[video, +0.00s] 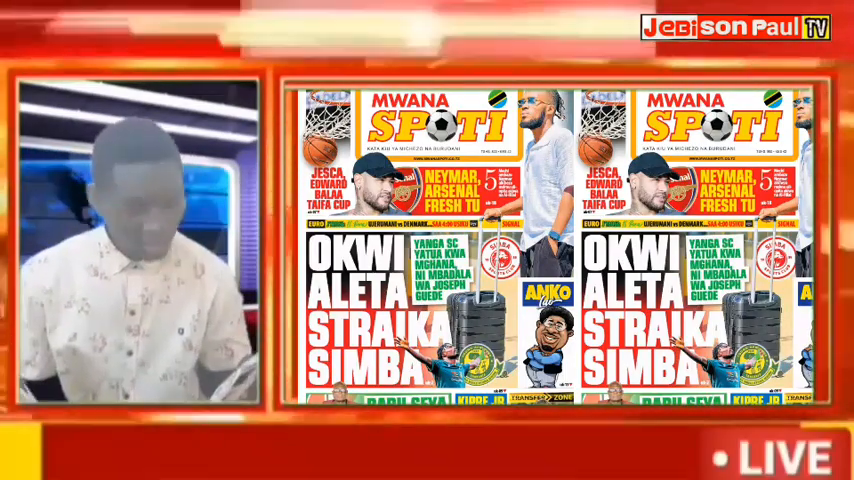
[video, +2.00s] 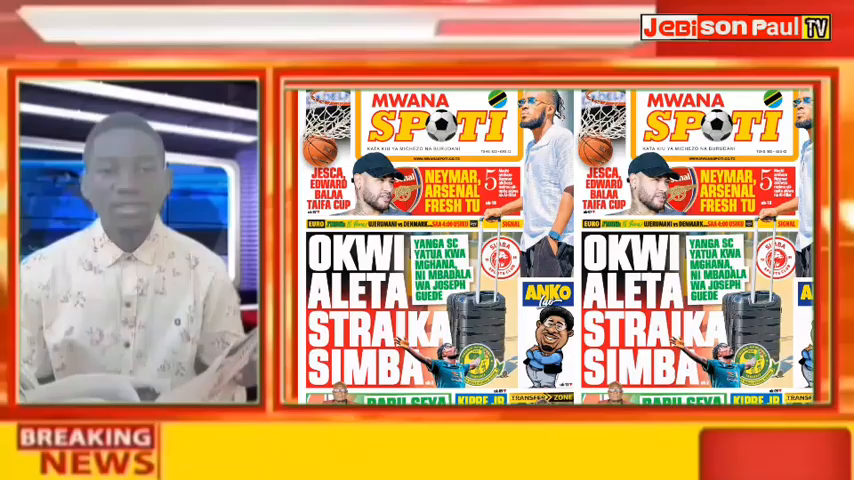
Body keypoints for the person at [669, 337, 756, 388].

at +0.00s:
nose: (729, 348)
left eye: (729, 347)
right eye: (725, 347)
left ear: (731, 351)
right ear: (718, 353)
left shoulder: (737, 366)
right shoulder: (714, 364)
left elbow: (750, 365)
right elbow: (698, 359)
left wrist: (754, 359)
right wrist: (684, 348)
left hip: (737, 401)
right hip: (720, 401)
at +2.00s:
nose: (729, 348)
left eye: (729, 347)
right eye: (724, 347)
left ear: (731, 351)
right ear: (718, 353)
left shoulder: (737, 366)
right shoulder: (714, 364)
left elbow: (749, 365)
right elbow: (698, 359)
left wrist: (754, 359)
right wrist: (684, 348)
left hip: (736, 401)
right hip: (720, 401)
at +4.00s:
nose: (729, 348)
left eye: (729, 347)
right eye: (724, 347)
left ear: (731, 351)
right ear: (718, 353)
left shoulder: (737, 366)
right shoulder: (714, 364)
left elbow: (749, 365)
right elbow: (698, 359)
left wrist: (754, 359)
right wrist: (684, 348)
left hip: (736, 401)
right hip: (720, 401)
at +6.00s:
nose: (729, 348)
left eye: (729, 347)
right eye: (724, 347)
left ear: (731, 351)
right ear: (718, 353)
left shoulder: (737, 366)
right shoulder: (714, 364)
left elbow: (750, 365)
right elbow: (698, 359)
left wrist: (755, 358)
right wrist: (683, 348)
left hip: (736, 401)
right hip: (720, 401)